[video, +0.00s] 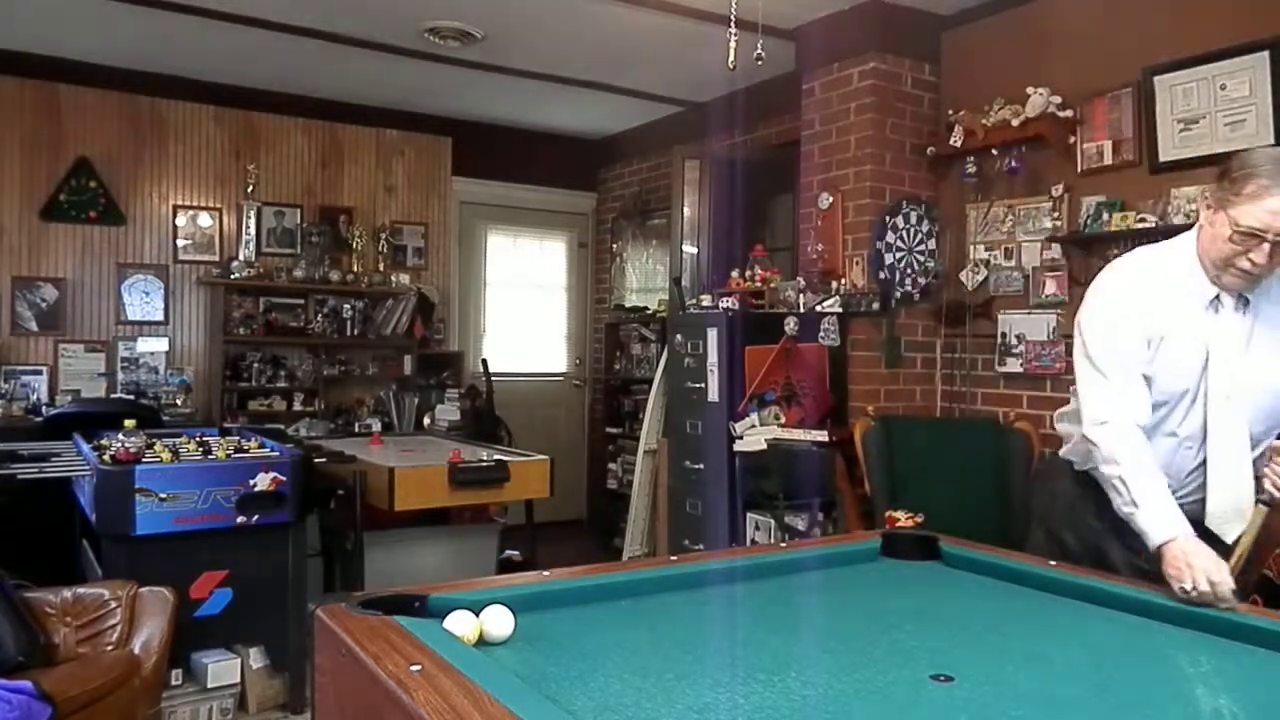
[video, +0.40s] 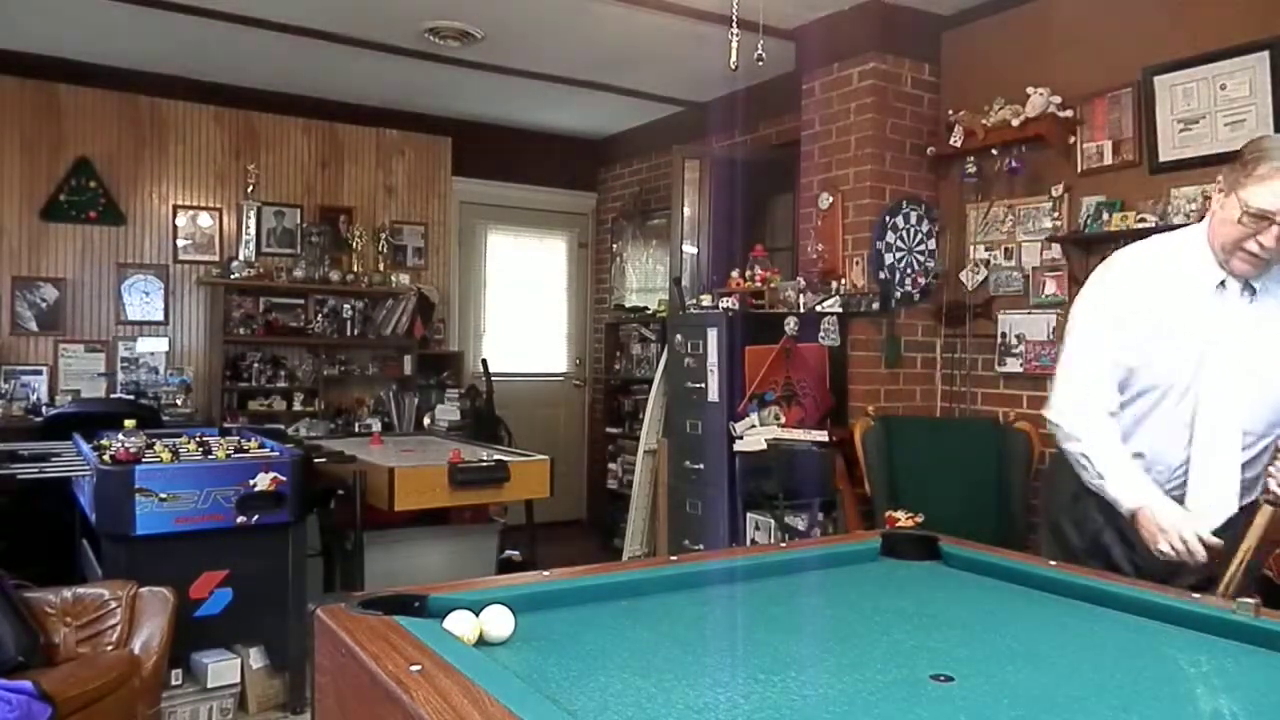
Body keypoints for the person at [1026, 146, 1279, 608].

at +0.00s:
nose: (1262, 258)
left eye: (1277, 244)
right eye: (1248, 235)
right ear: (1208, 211)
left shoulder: (1273, 296)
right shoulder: (1126, 288)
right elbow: (1110, 430)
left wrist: (1266, 459)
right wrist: (1172, 540)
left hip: (1206, 522)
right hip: (1095, 510)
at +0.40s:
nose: (1268, 240)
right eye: (1256, 216)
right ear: (1218, 196)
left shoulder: (1272, 293)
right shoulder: (1130, 276)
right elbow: (1074, 411)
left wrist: (1269, 466)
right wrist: (1145, 505)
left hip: (1228, 526)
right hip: (1104, 515)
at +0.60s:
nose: (1223, 214)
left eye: (1248, 202)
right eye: (1211, 194)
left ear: (1275, 212)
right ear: (1187, 187)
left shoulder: (1274, 280)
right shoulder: (1114, 266)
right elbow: (1040, 387)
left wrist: (1272, 455)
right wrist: (1083, 488)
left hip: (1224, 529)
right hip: (1105, 519)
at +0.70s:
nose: (1189, 204)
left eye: (1214, 191)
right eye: (1177, 185)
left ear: (1258, 193)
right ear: (1160, 183)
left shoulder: (1271, 277)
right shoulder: (1100, 268)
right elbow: (1035, 385)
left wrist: (1258, 446)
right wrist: (1059, 486)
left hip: (1219, 530)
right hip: (1098, 520)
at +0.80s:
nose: (1156, 199)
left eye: (1178, 185)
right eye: (1145, 183)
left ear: (1226, 186)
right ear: (1134, 183)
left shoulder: (1266, 277)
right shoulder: (1085, 271)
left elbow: (1276, 416)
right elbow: (1030, 384)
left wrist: (1227, 436)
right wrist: (1041, 482)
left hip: (1207, 527)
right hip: (1085, 514)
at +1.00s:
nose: (1094, 195)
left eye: (1111, 178)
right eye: (1084, 182)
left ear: (1159, 173)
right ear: (1074, 188)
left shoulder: (1228, 269)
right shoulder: (1057, 281)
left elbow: (1267, 400)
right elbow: (1021, 392)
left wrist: (1168, 407)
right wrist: (1019, 476)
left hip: (1192, 523)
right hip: (1078, 516)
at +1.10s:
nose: (1066, 196)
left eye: (1081, 177)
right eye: (1056, 185)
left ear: (1129, 170)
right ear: (1051, 193)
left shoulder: (1206, 264)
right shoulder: (1045, 288)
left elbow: (1258, 385)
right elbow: (1017, 397)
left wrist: (1139, 401)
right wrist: (1012, 471)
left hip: (1185, 515)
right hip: (1074, 510)